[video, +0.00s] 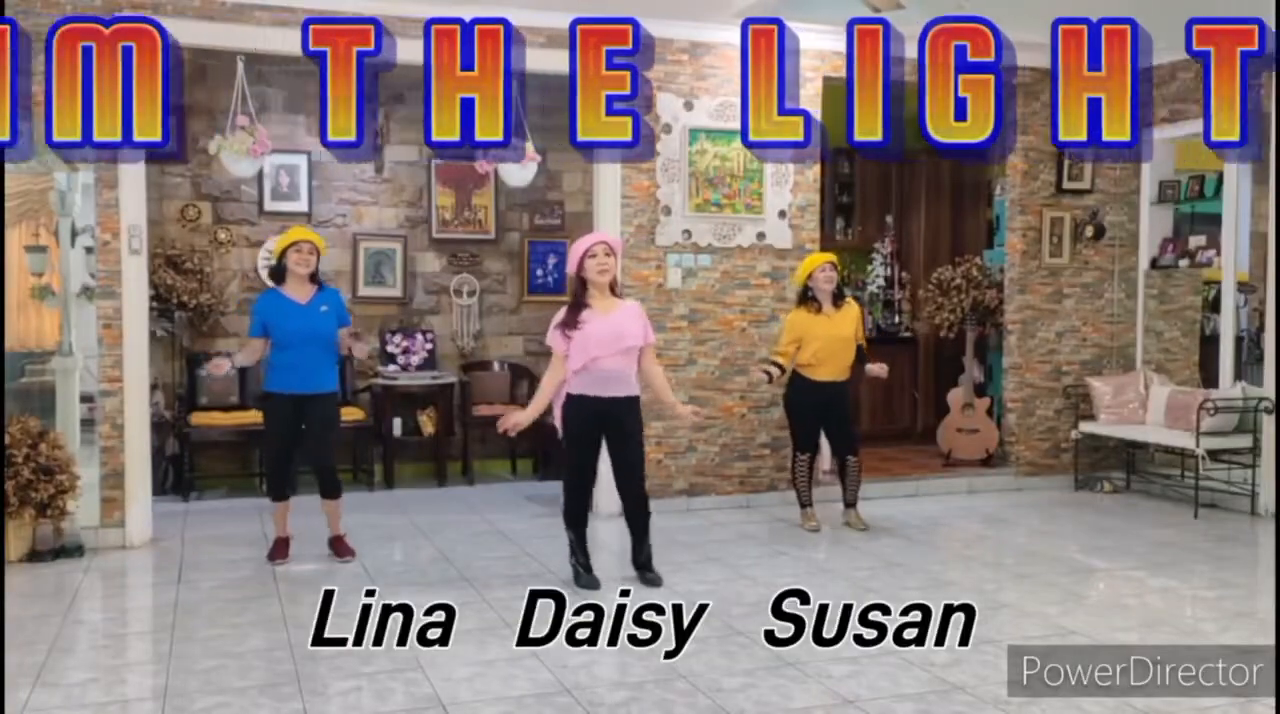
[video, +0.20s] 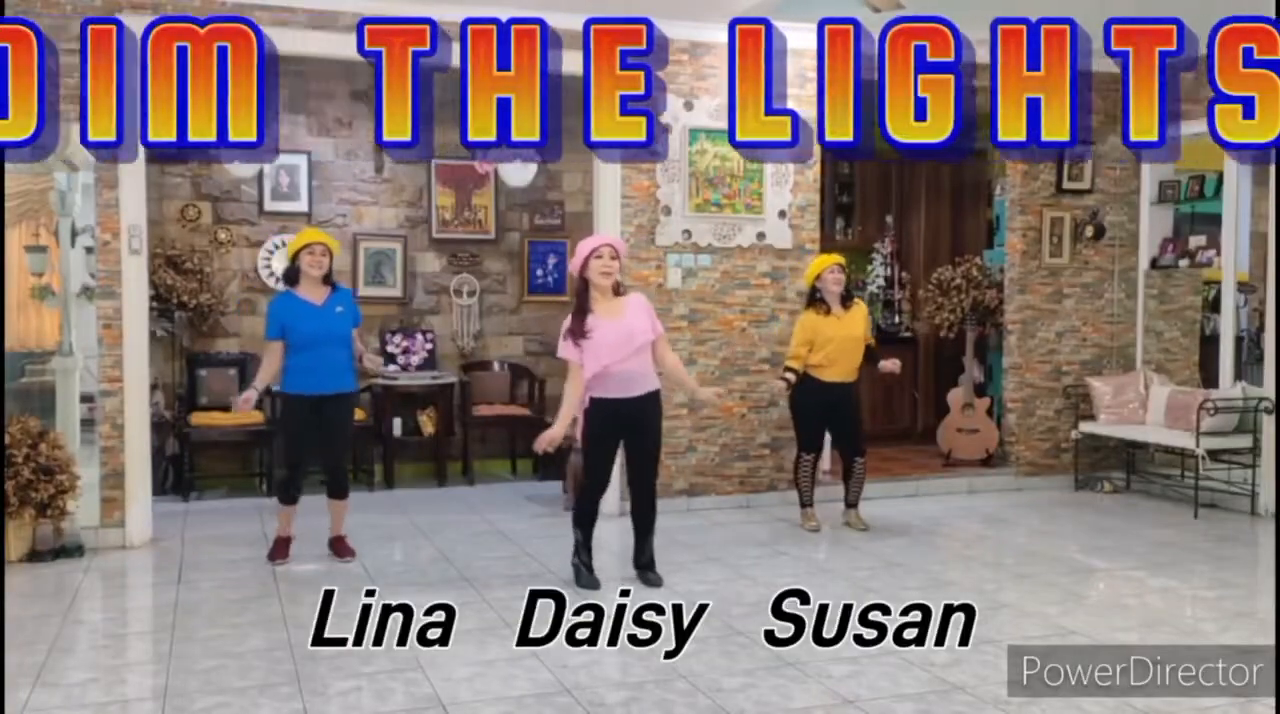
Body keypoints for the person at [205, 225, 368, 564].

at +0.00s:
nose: (304, 257)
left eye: (310, 252)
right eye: (297, 251)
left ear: (318, 260)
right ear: (283, 257)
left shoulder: (332, 298)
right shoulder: (267, 301)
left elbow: (344, 341)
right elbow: (256, 347)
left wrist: (355, 347)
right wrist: (231, 361)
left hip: (323, 395)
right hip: (280, 396)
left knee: (325, 463)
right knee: (278, 465)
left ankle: (337, 535)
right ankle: (281, 537)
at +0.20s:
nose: (317, 259)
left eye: (323, 254)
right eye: (310, 254)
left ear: (331, 261)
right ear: (298, 260)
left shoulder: (344, 297)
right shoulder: (282, 303)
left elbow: (355, 340)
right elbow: (273, 355)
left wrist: (364, 356)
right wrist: (255, 389)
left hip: (339, 396)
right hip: (297, 397)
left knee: (338, 467)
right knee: (291, 468)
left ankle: (338, 536)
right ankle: (284, 535)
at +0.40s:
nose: (323, 259)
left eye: (329, 254)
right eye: (316, 253)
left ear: (337, 261)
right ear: (304, 260)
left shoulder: (352, 297)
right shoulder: (290, 305)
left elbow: (363, 337)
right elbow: (282, 355)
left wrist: (374, 353)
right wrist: (273, 389)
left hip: (347, 397)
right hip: (305, 398)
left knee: (343, 467)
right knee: (305, 470)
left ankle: (338, 535)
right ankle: (293, 527)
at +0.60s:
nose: (325, 257)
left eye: (331, 252)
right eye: (318, 251)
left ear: (340, 260)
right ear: (306, 258)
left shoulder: (354, 296)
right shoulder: (293, 303)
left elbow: (362, 340)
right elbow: (285, 352)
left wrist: (382, 350)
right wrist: (279, 384)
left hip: (348, 395)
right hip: (308, 396)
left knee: (344, 464)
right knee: (314, 465)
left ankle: (338, 536)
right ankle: (312, 534)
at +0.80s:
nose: (327, 256)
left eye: (332, 251)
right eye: (320, 251)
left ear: (340, 259)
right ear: (307, 258)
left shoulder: (354, 295)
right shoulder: (294, 302)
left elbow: (362, 340)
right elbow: (286, 349)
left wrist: (385, 347)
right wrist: (281, 377)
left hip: (348, 394)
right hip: (308, 395)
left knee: (344, 465)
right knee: (313, 465)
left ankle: (338, 536)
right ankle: (311, 533)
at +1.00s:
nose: (325, 257)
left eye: (330, 252)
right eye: (318, 251)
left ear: (337, 259)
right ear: (305, 258)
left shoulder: (350, 297)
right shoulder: (289, 299)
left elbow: (358, 343)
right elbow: (279, 343)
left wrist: (383, 344)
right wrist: (274, 370)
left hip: (344, 394)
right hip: (303, 394)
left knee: (341, 463)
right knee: (300, 462)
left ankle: (338, 534)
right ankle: (292, 527)